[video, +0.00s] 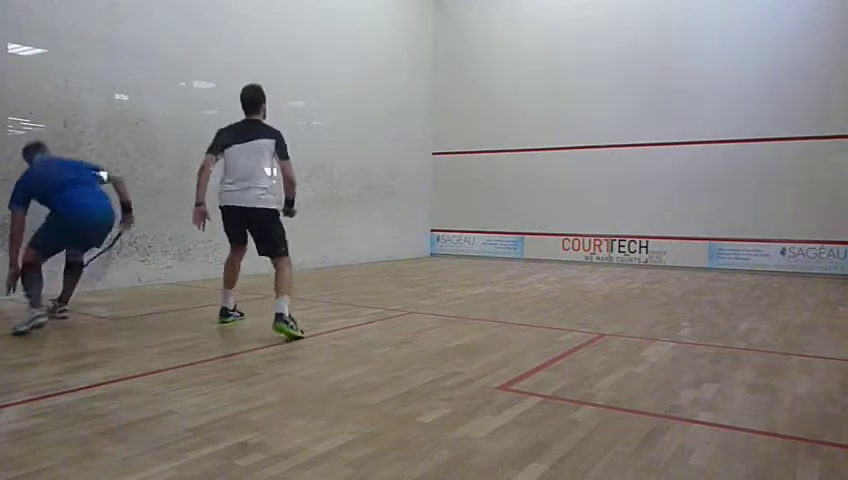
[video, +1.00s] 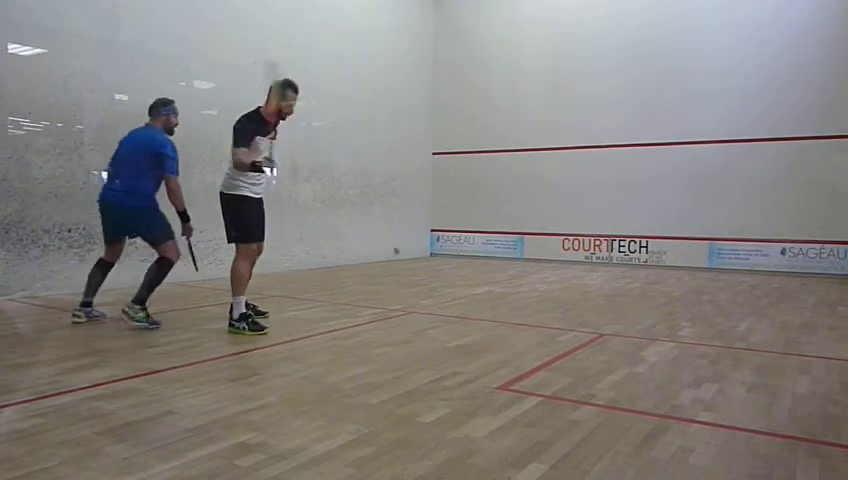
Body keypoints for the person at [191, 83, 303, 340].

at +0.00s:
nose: (264, 107)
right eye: (264, 103)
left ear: (241, 107)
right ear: (263, 107)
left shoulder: (226, 133)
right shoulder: (273, 135)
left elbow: (205, 167)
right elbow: (289, 177)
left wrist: (199, 203)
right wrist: (290, 202)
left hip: (230, 205)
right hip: (263, 207)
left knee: (237, 250)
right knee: (282, 261)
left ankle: (226, 307)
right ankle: (282, 315)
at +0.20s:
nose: (283, 105)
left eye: (281, 101)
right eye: (282, 101)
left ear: (259, 104)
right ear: (279, 103)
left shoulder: (245, 132)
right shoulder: (282, 131)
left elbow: (225, 167)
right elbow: (289, 174)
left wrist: (224, 204)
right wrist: (306, 209)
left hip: (241, 202)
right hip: (270, 201)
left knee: (261, 244)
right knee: (301, 249)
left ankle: (233, 300)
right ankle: (299, 313)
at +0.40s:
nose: (289, 98)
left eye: (287, 94)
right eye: (287, 94)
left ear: (266, 98)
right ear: (283, 97)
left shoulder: (257, 122)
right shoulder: (274, 123)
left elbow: (240, 157)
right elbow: (269, 157)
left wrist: (257, 181)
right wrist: (281, 193)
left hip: (248, 197)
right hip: (266, 196)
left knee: (268, 247)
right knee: (295, 248)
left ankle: (242, 302)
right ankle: (299, 313)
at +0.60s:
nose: (288, 100)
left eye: (287, 95)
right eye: (286, 95)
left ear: (271, 96)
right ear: (278, 96)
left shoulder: (271, 123)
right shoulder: (254, 120)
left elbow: (265, 155)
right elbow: (241, 153)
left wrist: (276, 177)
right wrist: (247, 164)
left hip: (255, 193)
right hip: (250, 194)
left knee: (257, 251)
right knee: (270, 250)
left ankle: (239, 303)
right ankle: (285, 310)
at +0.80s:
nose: (291, 106)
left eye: (292, 101)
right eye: (288, 100)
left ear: (280, 100)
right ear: (275, 98)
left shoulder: (272, 120)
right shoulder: (248, 119)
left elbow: (275, 137)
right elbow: (232, 146)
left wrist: (283, 160)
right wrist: (242, 155)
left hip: (252, 189)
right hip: (241, 189)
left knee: (256, 247)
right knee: (257, 246)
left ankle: (240, 304)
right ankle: (245, 309)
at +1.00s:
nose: (292, 111)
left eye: (294, 106)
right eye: (289, 105)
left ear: (284, 103)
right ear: (276, 101)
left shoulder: (273, 123)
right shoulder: (246, 124)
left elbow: (261, 153)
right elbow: (238, 160)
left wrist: (268, 163)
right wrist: (256, 165)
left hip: (253, 192)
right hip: (238, 193)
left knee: (255, 249)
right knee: (246, 251)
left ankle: (240, 304)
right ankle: (237, 314)